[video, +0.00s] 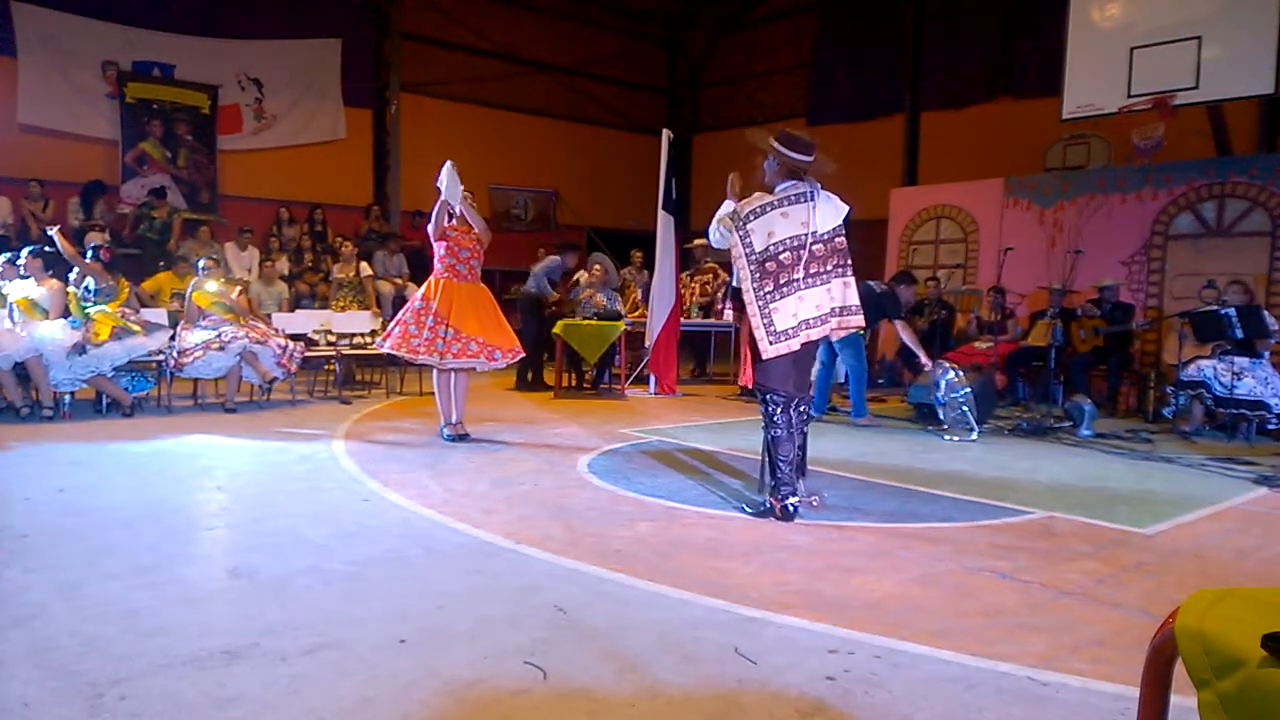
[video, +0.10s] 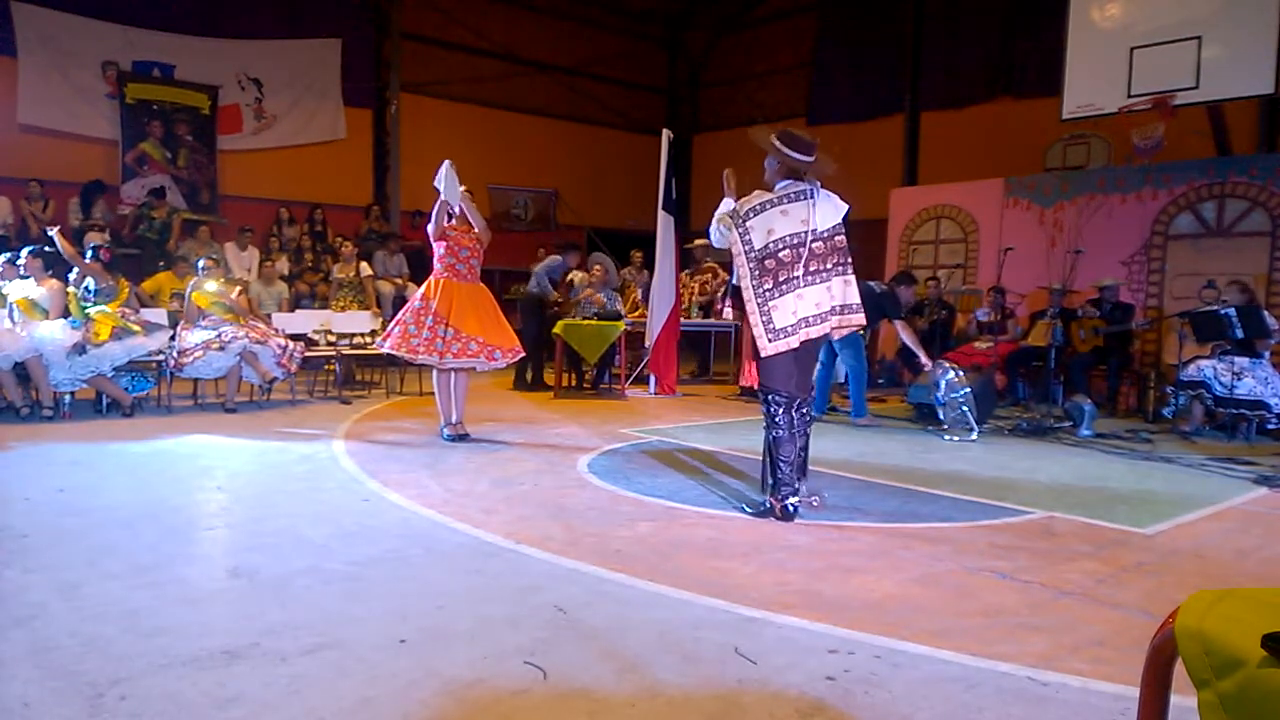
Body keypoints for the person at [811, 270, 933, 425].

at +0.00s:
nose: (913, 298)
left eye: (914, 293)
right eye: (912, 293)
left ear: (897, 285)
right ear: (902, 288)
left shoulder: (875, 287)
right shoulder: (889, 297)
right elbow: (902, 328)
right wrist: (922, 355)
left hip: (826, 317)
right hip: (845, 324)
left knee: (825, 365)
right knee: (857, 367)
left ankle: (817, 408)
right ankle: (860, 414)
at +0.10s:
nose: (913, 299)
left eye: (914, 293)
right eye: (912, 293)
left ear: (897, 286)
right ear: (902, 288)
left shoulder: (876, 287)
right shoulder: (889, 297)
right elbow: (902, 328)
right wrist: (922, 355)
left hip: (827, 317)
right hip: (846, 324)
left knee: (825, 365)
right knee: (857, 368)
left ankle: (817, 408)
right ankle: (860, 414)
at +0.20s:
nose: (912, 297)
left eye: (913, 292)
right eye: (911, 291)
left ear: (896, 285)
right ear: (902, 287)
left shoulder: (876, 286)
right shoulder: (889, 296)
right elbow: (901, 328)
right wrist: (921, 355)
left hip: (829, 317)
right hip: (846, 325)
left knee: (825, 365)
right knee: (857, 368)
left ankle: (817, 407)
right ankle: (860, 414)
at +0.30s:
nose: (912, 297)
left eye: (913, 292)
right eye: (911, 292)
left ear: (897, 285)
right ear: (902, 287)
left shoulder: (876, 286)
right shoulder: (891, 296)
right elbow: (900, 328)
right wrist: (919, 355)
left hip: (827, 317)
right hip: (846, 324)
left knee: (826, 365)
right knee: (857, 367)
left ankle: (817, 407)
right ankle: (860, 414)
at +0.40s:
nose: (912, 294)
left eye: (912, 289)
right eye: (911, 288)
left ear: (895, 283)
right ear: (901, 284)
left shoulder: (874, 284)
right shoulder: (889, 294)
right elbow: (899, 327)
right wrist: (917, 354)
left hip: (828, 317)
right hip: (848, 324)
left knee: (826, 365)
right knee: (857, 368)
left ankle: (818, 408)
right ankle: (860, 414)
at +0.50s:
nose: (910, 289)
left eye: (911, 285)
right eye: (909, 284)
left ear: (891, 279)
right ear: (899, 282)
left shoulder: (870, 283)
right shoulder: (888, 293)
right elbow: (896, 325)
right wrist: (915, 352)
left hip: (831, 319)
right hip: (849, 326)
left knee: (827, 367)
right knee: (857, 369)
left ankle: (819, 406)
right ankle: (860, 414)